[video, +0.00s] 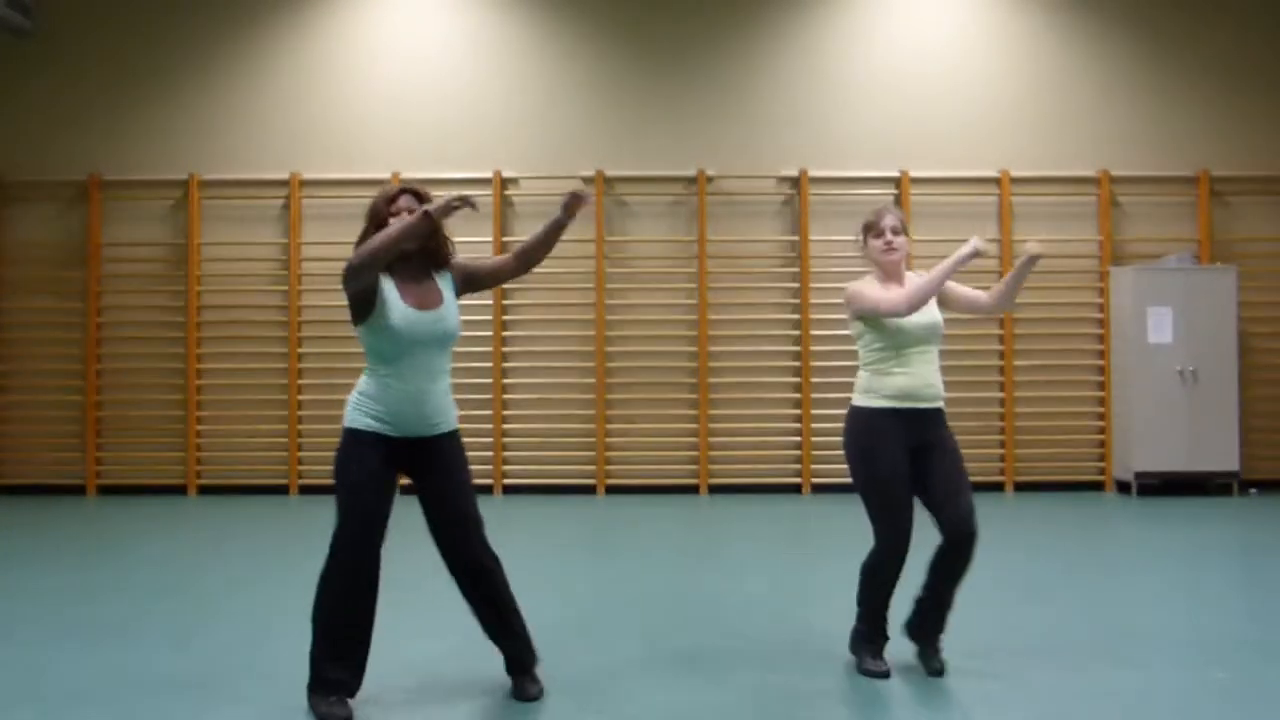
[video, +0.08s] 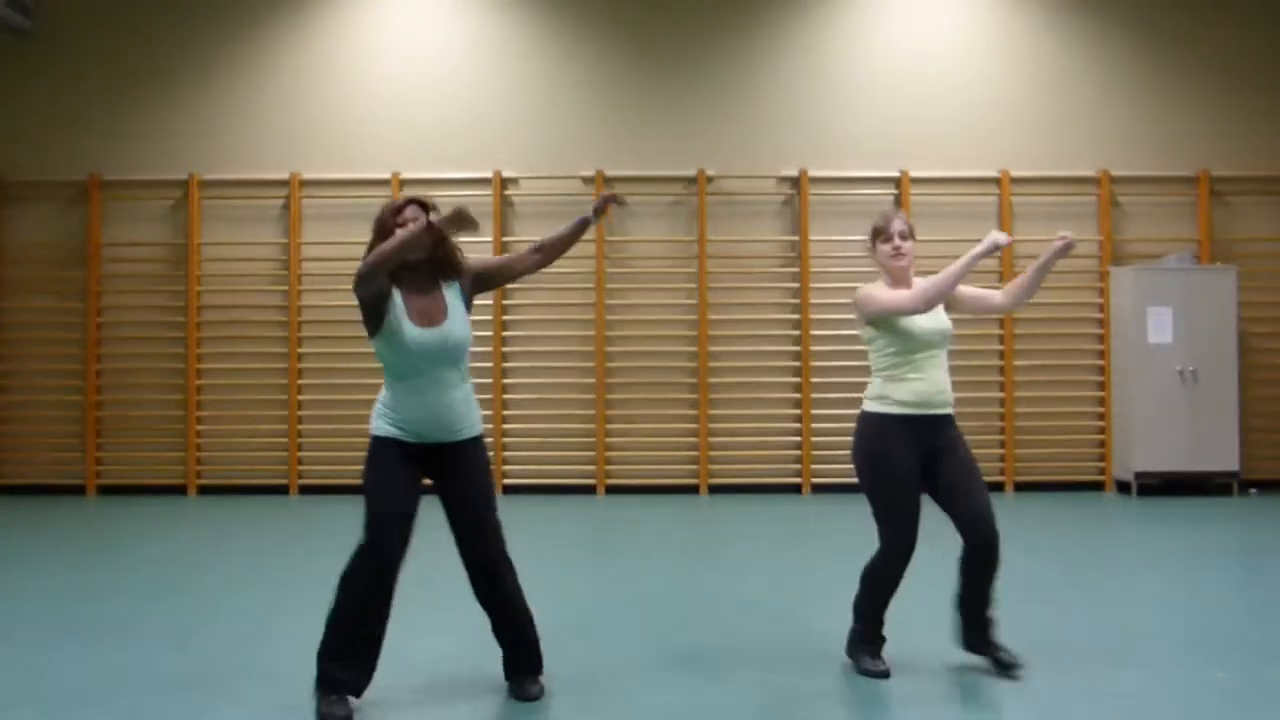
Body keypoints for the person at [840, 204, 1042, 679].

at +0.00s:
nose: (889, 239)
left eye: (896, 232)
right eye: (879, 234)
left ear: (909, 240)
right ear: (865, 246)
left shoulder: (929, 285)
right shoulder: (859, 292)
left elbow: (992, 303)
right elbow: (900, 304)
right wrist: (959, 258)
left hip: (928, 425)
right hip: (875, 426)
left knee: (961, 532)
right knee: (893, 538)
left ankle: (926, 630)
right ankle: (868, 642)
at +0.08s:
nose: (897, 245)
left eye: (904, 238)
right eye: (887, 239)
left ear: (916, 245)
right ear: (874, 250)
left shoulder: (935, 291)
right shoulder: (868, 296)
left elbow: (1003, 300)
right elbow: (920, 299)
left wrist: (1048, 259)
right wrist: (981, 249)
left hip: (940, 431)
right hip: (885, 434)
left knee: (982, 535)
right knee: (898, 545)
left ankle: (977, 635)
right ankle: (863, 642)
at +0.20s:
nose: (909, 254)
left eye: (916, 246)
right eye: (898, 249)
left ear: (928, 253)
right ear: (884, 261)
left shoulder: (952, 293)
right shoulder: (882, 311)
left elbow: (1012, 321)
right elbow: (926, 335)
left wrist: (1067, 294)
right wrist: (994, 295)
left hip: (966, 434)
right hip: (909, 438)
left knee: (993, 544)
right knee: (923, 554)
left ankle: (1024, 649)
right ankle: (869, 640)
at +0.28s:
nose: (914, 259)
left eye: (921, 251)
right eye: (903, 254)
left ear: (933, 259)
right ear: (890, 266)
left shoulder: (959, 297)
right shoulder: (886, 320)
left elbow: (1006, 340)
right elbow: (918, 374)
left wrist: (1057, 348)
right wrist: (983, 359)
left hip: (982, 433)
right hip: (925, 441)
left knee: (1004, 545)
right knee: (950, 552)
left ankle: (1025, 649)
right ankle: (895, 633)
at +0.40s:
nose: (922, 264)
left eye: (929, 256)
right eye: (911, 259)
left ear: (942, 263)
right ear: (898, 270)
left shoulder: (971, 308)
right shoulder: (888, 324)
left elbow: (1009, 369)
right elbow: (880, 398)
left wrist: (997, 415)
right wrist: (931, 425)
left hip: (991, 441)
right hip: (932, 451)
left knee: (1006, 549)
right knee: (951, 560)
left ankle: (1027, 650)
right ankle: (969, 645)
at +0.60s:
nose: (914, 250)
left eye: (922, 243)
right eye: (904, 244)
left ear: (936, 252)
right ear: (893, 254)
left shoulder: (954, 298)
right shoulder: (880, 299)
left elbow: (941, 351)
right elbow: (827, 322)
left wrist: (876, 321)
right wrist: (808, 309)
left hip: (963, 436)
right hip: (902, 439)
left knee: (988, 543)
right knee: (857, 532)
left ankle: (1026, 647)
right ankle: (857, 632)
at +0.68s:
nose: (901, 250)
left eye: (910, 243)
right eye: (892, 243)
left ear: (924, 252)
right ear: (881, 253)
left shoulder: (938, 297)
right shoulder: (869, 297)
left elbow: (902, 334)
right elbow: (811, 309)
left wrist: (845, 296)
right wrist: (781, 279)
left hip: (939, 438)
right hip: (877, 438)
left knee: (970, 544)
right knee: (834, 541)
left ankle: (1023, 644)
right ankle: (824, 646)